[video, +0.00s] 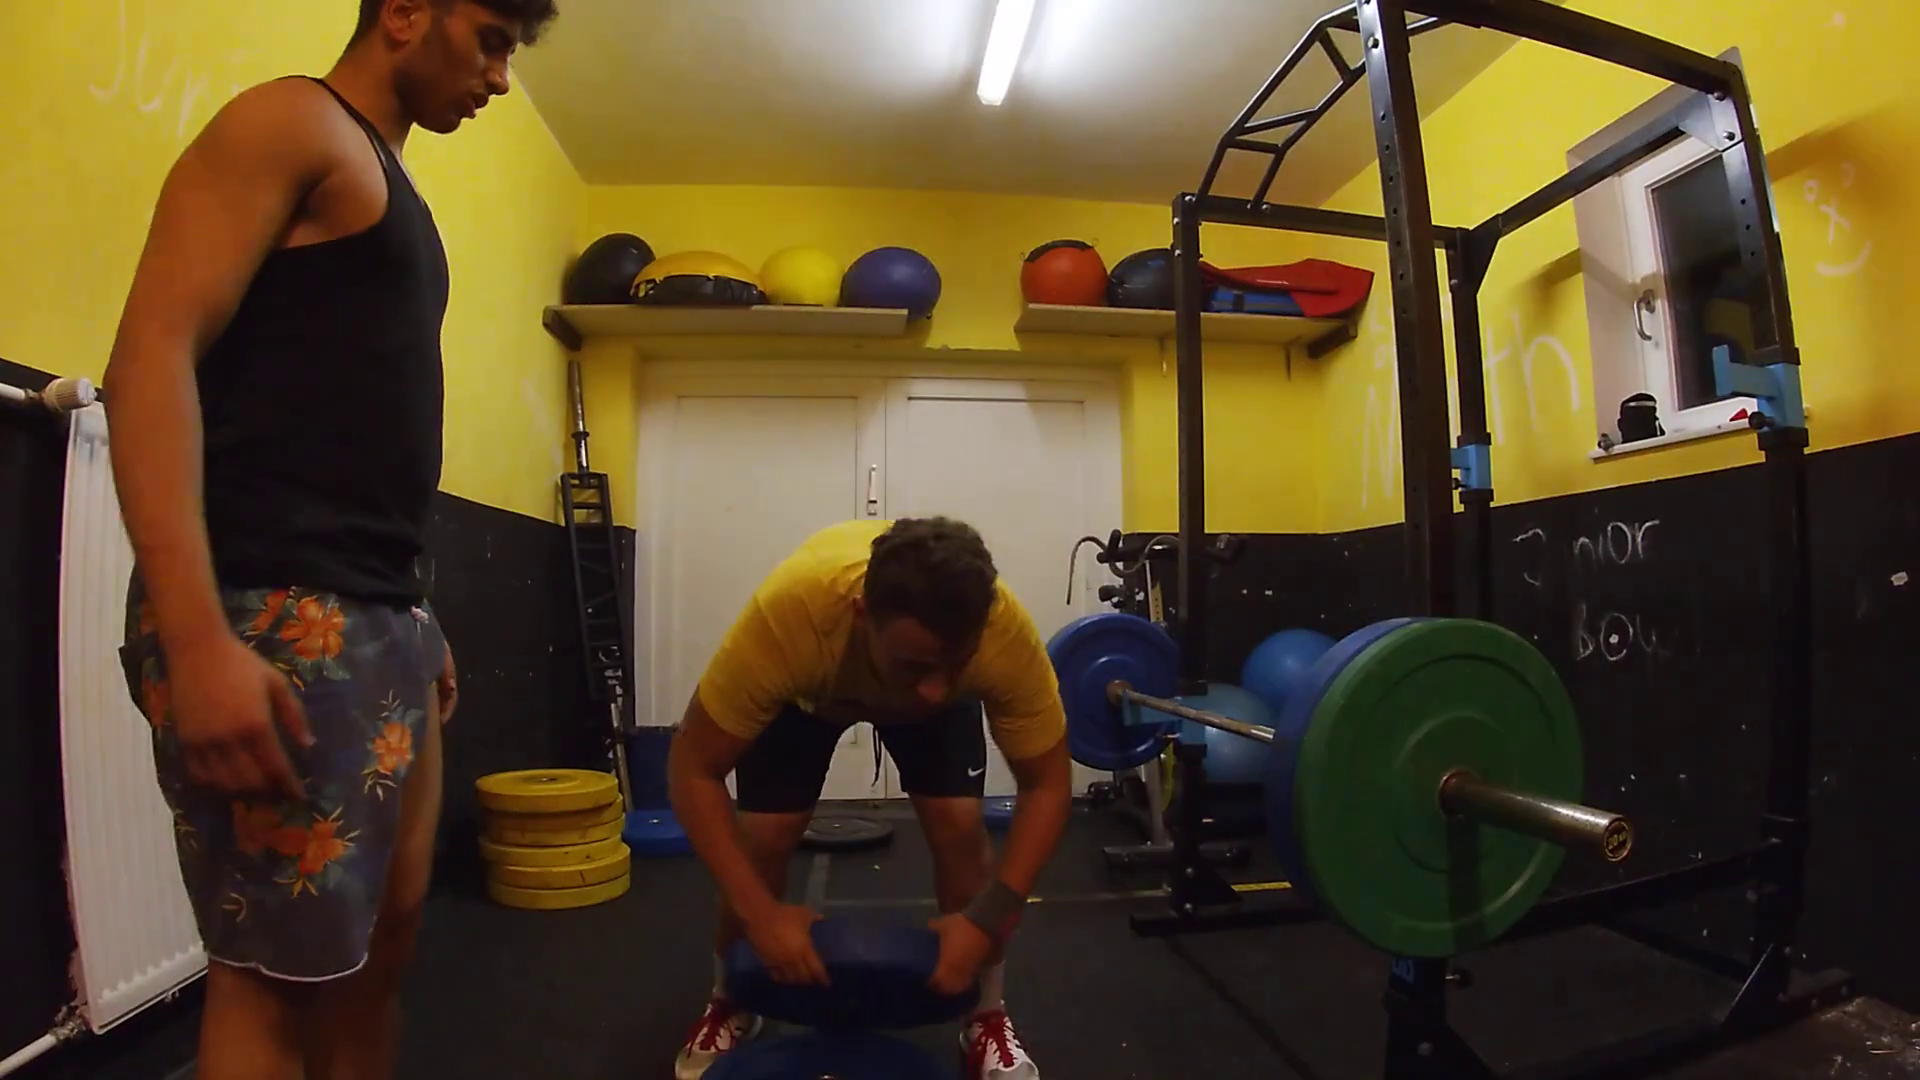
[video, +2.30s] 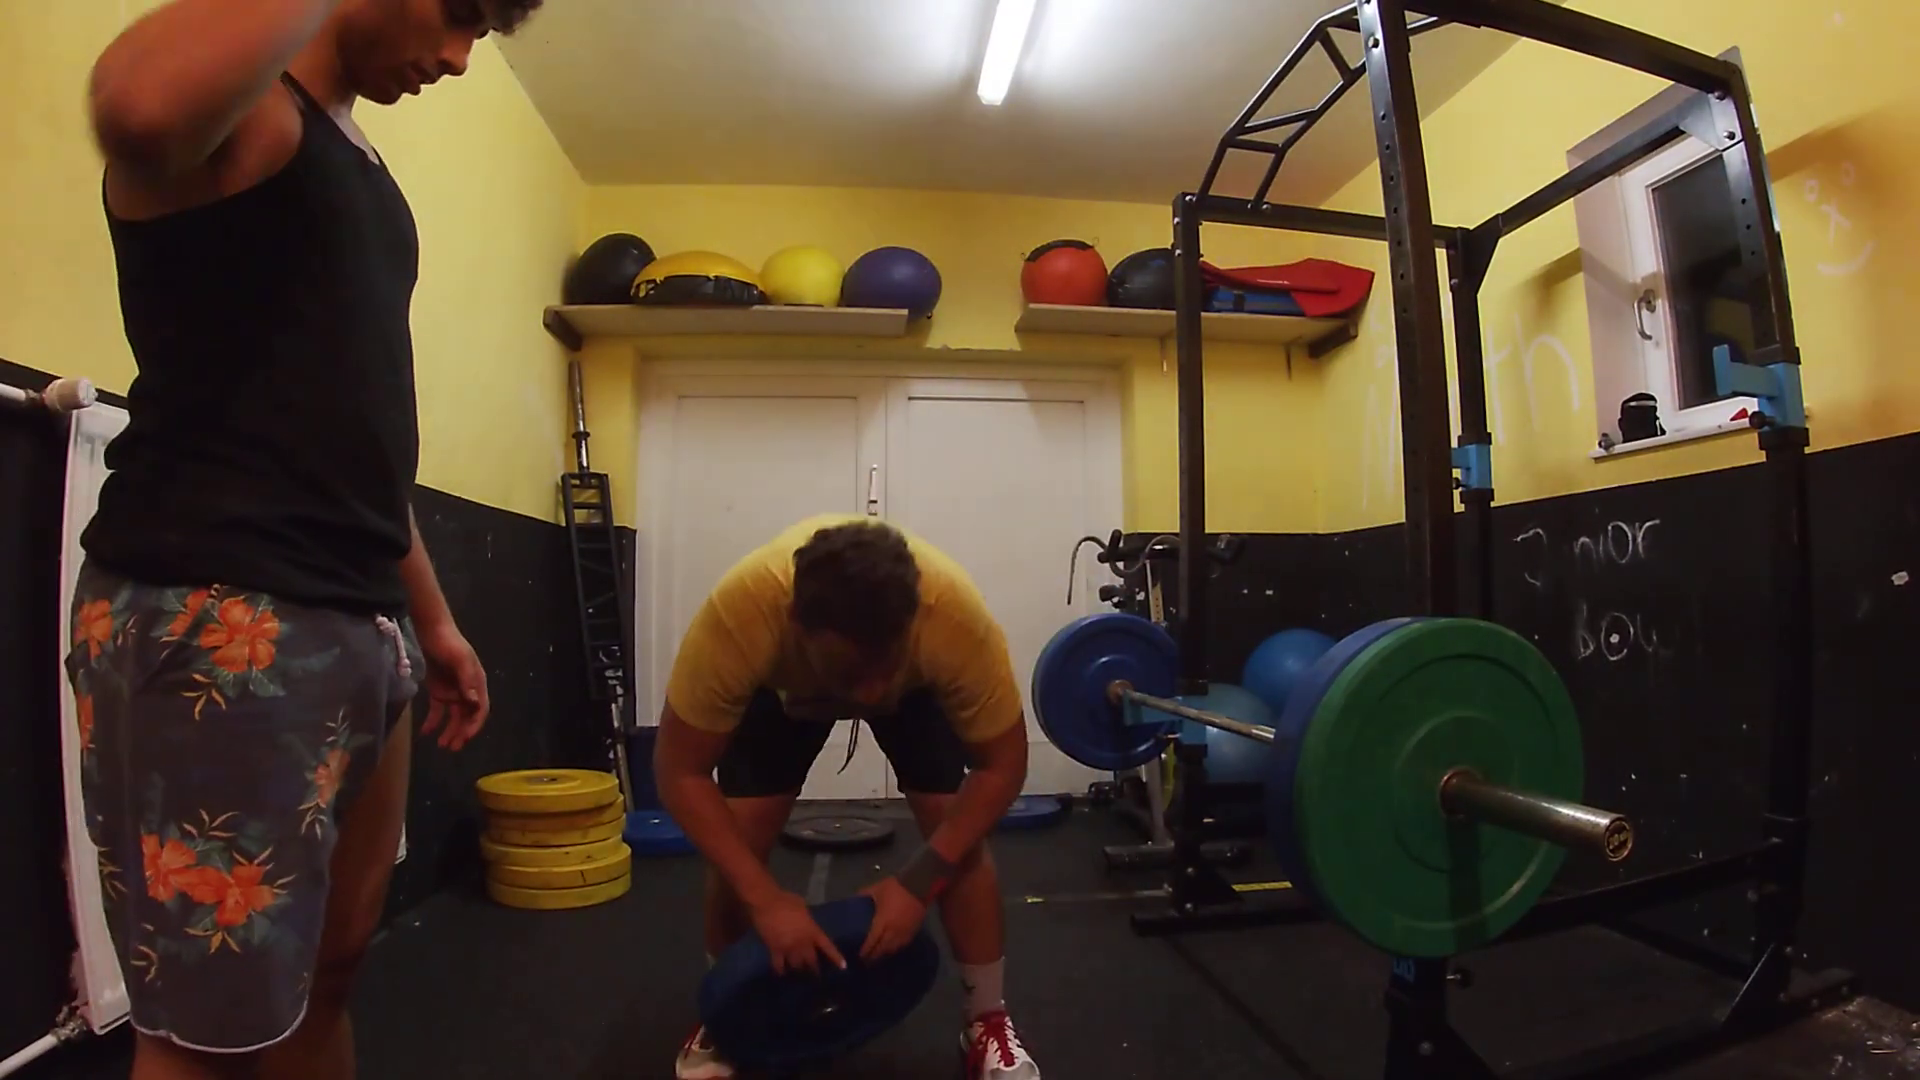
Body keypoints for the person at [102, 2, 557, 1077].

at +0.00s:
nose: (503, 78)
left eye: (512, 52)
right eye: (494, 41)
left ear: (409, 28)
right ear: (404, 16)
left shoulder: (385, 175)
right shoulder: (288, 123)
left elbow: (353, 432)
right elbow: (148, 360)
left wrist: (411, 621)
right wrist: (196, 642)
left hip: (379, 624)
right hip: (281, 623)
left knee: (378, 949)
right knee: (268, 980)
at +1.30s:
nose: (451, 1)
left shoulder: (346, 122)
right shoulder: (188, 32)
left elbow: (313, 400)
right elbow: (10, 283)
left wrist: (392, 604)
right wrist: (14, 629)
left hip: (331, 635)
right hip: (180, 633)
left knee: (324, 1000)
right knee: (172, 1049)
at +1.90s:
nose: (463, 18)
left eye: (472, 4)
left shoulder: (353, 129)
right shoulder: (200, 33)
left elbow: (330, 397)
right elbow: (11, 262)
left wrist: (394, 610)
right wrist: (79, 590)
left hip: (339, 633)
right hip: (196, 629)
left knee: (323, 997)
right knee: (184, 1045)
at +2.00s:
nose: (472, 29)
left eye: (485, 12)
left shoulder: (353, 133)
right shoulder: (203, 48)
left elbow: (330, 409)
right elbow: (17, 269)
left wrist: (406, 610)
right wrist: (175, 464)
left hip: (337, 622)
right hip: (188, 617)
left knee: (322, 995)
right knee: (192, 1035)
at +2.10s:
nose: (470, 43)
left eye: (488, 24)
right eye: (471, 8)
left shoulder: (363, 162)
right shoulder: (197, 61)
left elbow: (342, 422)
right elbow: (25, 271)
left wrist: (417, 614)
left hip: (347, 630)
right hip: (199, 622)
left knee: (318, 1000)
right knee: (201, 1039)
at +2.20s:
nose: (467, 52)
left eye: (485, 32)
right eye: (473, 18)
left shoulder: (355, 148)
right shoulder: (210, 62)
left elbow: (350, 415)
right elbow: (51, 231)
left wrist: (424, 614)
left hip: (355, 625)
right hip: (210, 615)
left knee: (321, 991)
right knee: (206, 1037)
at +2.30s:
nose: (459, 60)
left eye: (479, 38)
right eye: (463, 21)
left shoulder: (344, 143)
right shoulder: (226, 94)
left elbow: (356, 408)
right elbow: (136, 102)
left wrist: (430, 616)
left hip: (358, 620)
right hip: (214, 617)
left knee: (324, 989)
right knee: (207, 1032)